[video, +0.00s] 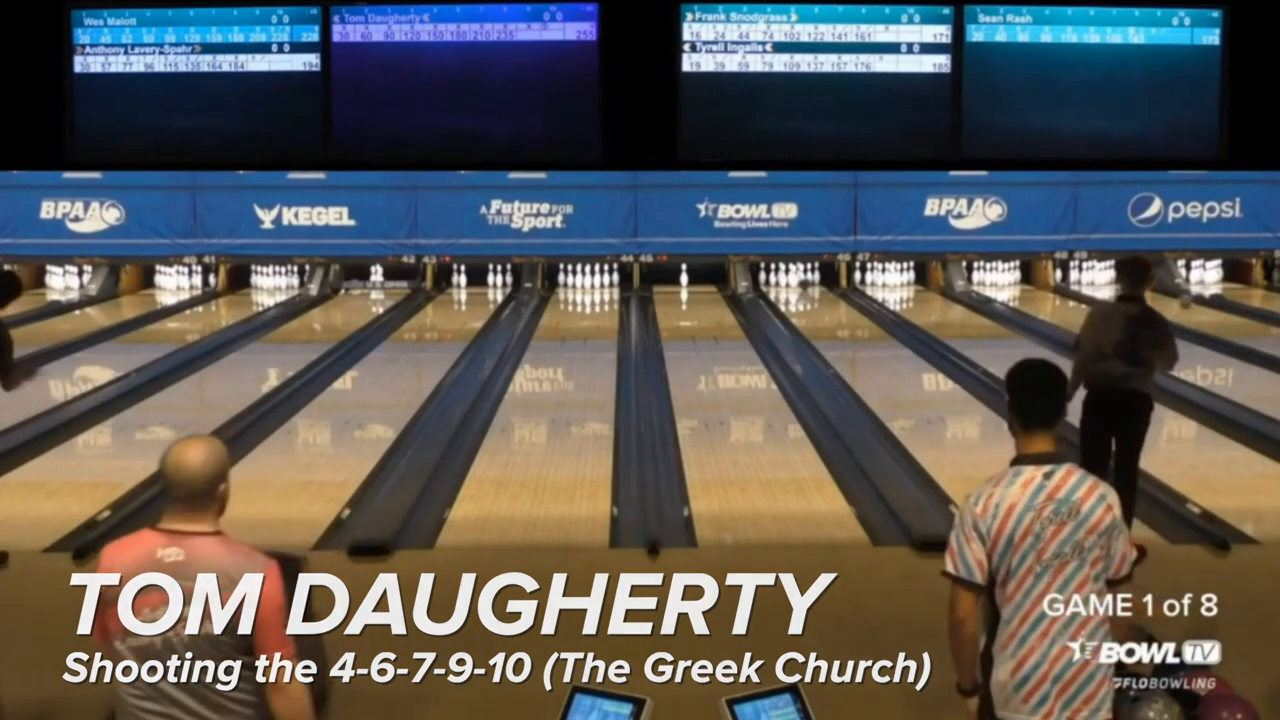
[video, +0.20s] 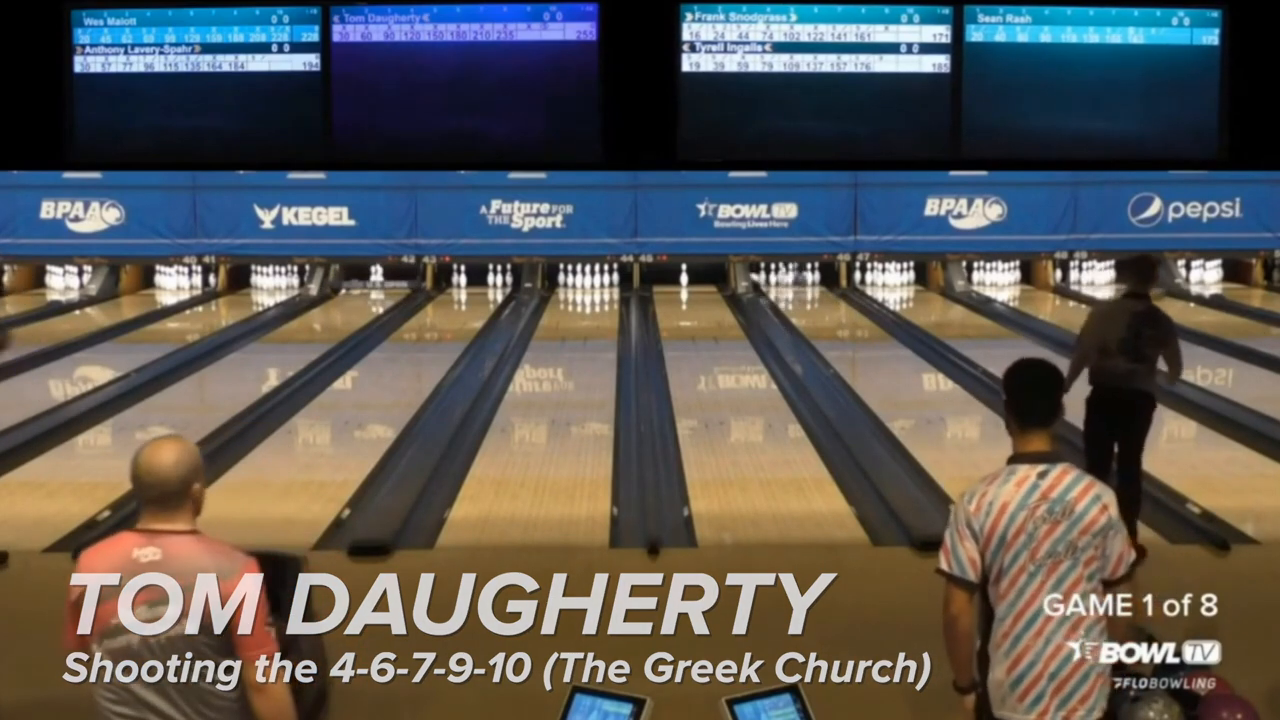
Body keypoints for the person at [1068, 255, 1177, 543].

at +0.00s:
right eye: (1148, 280)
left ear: (1118, 279)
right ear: (1148, 282)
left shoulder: (1100, 314)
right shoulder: (1156, 322)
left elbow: (1084, 358)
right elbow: (1168, 361)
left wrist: (1068, 393)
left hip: (1099, 399)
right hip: (1136, 403)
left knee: (1093, 465)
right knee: (1126, 469)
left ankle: (1088, 530)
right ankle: (1120, 536)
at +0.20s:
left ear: (1120, 278)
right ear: (1152, 281)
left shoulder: (1103, 312)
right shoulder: (1160, 320)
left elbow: (1082, 354)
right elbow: (1175, 366)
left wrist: (1066, 384)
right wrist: (1170, 377)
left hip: (1103, 399)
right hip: (1139, 403)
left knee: (1097, 467)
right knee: (1130, 468)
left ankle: (1094, 534)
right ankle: (1128, 539)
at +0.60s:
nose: (1157, 284)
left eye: (1151, 276)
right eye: (1165, 279)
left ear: (1145, 279)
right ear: (1172, 283)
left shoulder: (1122, 317)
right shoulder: (1180, 322)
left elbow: (1101, 363)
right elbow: (1204, 366)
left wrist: (1090, 401)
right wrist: (1223, 403)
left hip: (1126, 404)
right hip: (1162, 406)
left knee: (1113, 470)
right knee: (1156, 474)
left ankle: (1103, 535)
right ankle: (1156, 543)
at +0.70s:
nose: (1159, 285)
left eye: (1153, 279)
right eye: (1168, 280)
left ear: (1149, 282)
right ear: (1176, 283)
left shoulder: (1130, 316)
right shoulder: (1186, 321)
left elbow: (1111, 357)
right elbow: (1211, 364)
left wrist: (1109, 392)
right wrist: (1205, 389)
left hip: (1132, 402)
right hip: (1168, 404)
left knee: (1119, 464)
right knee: (1159, 471)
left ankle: (1108, 524)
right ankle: (1158, 533)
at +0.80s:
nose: (1150, 284)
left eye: (1152, 279)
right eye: (1152, 279)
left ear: (1154, 282)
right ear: (1180, 283)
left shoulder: (1142, 316)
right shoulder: (1190, 319)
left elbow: (1126, 356)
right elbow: (1212, 359)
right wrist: (1183, 364)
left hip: (1140, 398)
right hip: (1172, 400)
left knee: (1136, 455)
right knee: (1160, 461)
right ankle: (1160, 508)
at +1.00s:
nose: (1155, 281)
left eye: (1161, 277)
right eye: (1158, 276)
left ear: (1173, 284)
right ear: (1187, 286)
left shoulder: (1167, 323)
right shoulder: (1187, 317)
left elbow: (1149, 364)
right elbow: (1192, 355)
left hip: (1162, 407)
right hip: (1178, 403)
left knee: (1154, 468)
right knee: (1165, 468)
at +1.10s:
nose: (1158, 280)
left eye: (1165, 277)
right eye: (1161, 276)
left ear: (1176, 285)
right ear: (1188, 287)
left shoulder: (1170, 323)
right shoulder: (1189, 319)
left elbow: (1156, 357)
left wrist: (1144, 350)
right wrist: (1151, 350)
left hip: (1165, 405)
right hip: (1182, 403)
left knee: (1156, 468)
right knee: (1169, 469)